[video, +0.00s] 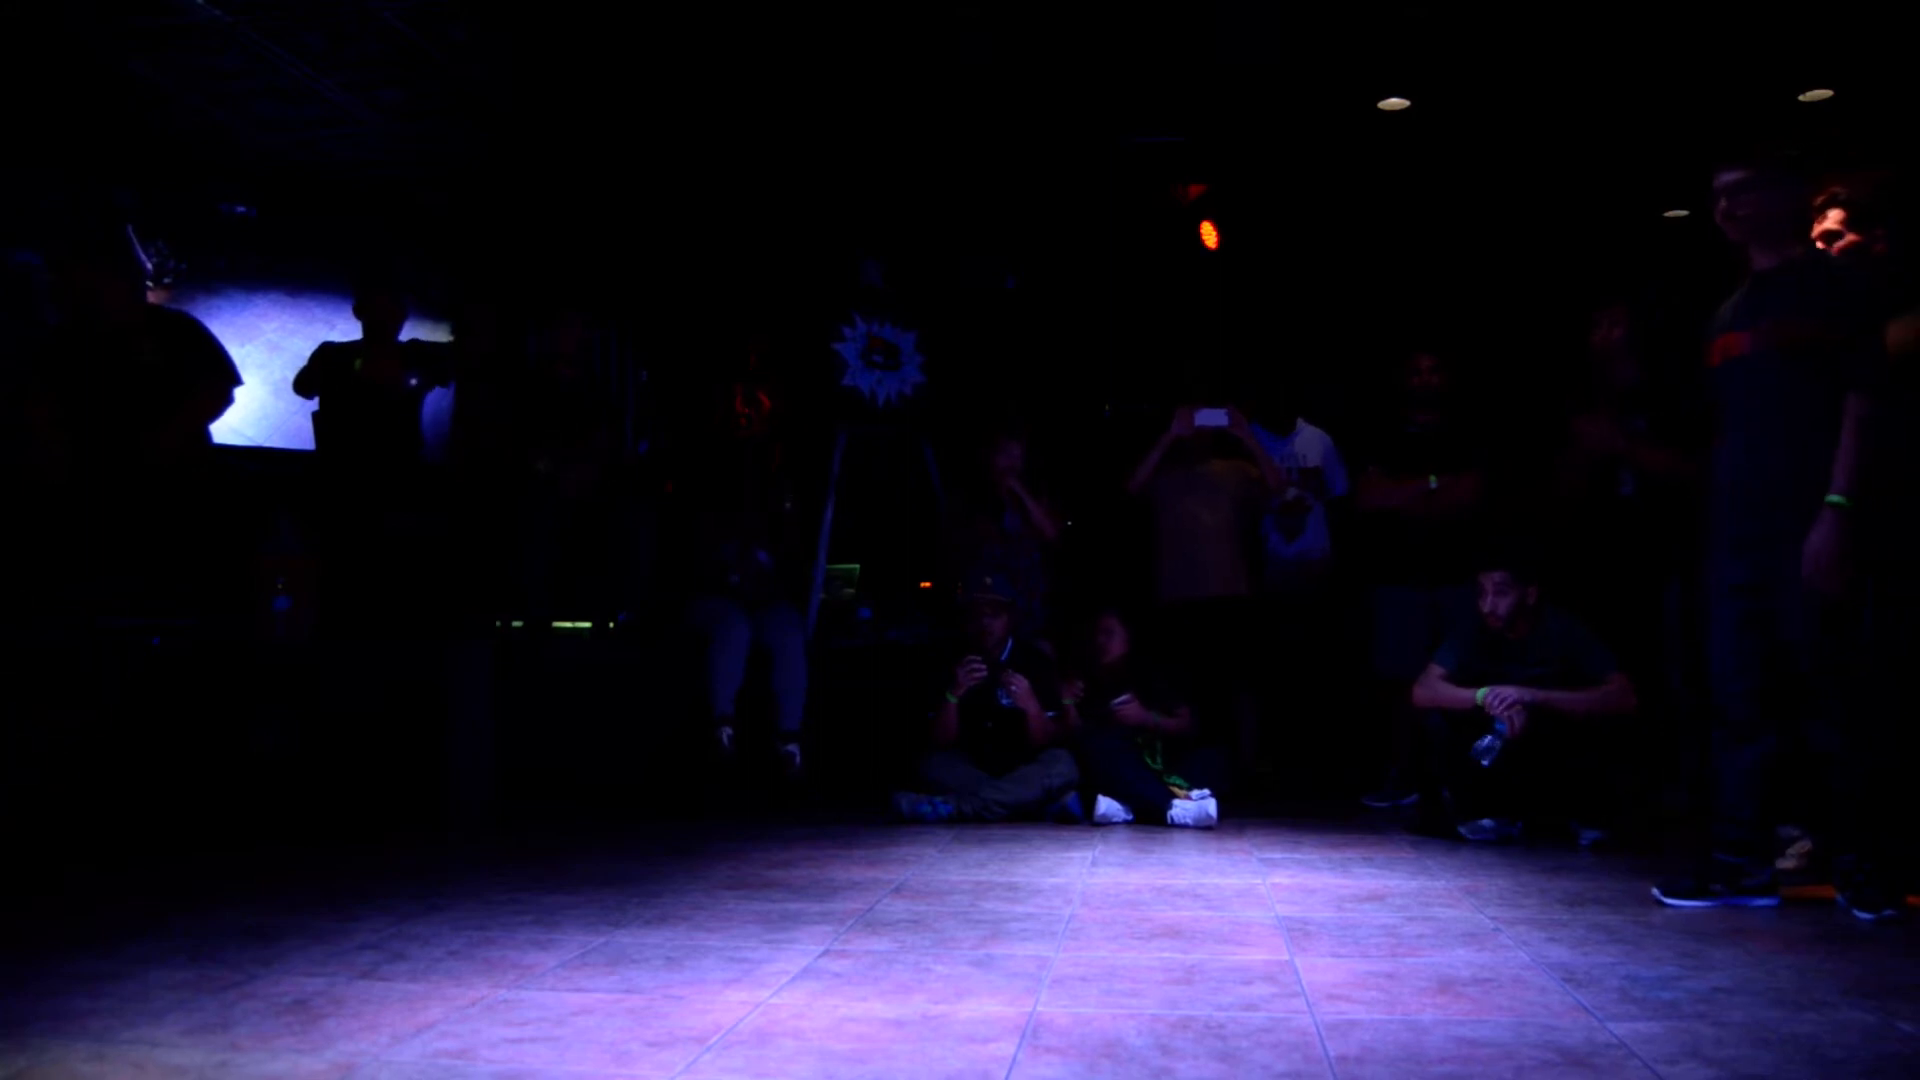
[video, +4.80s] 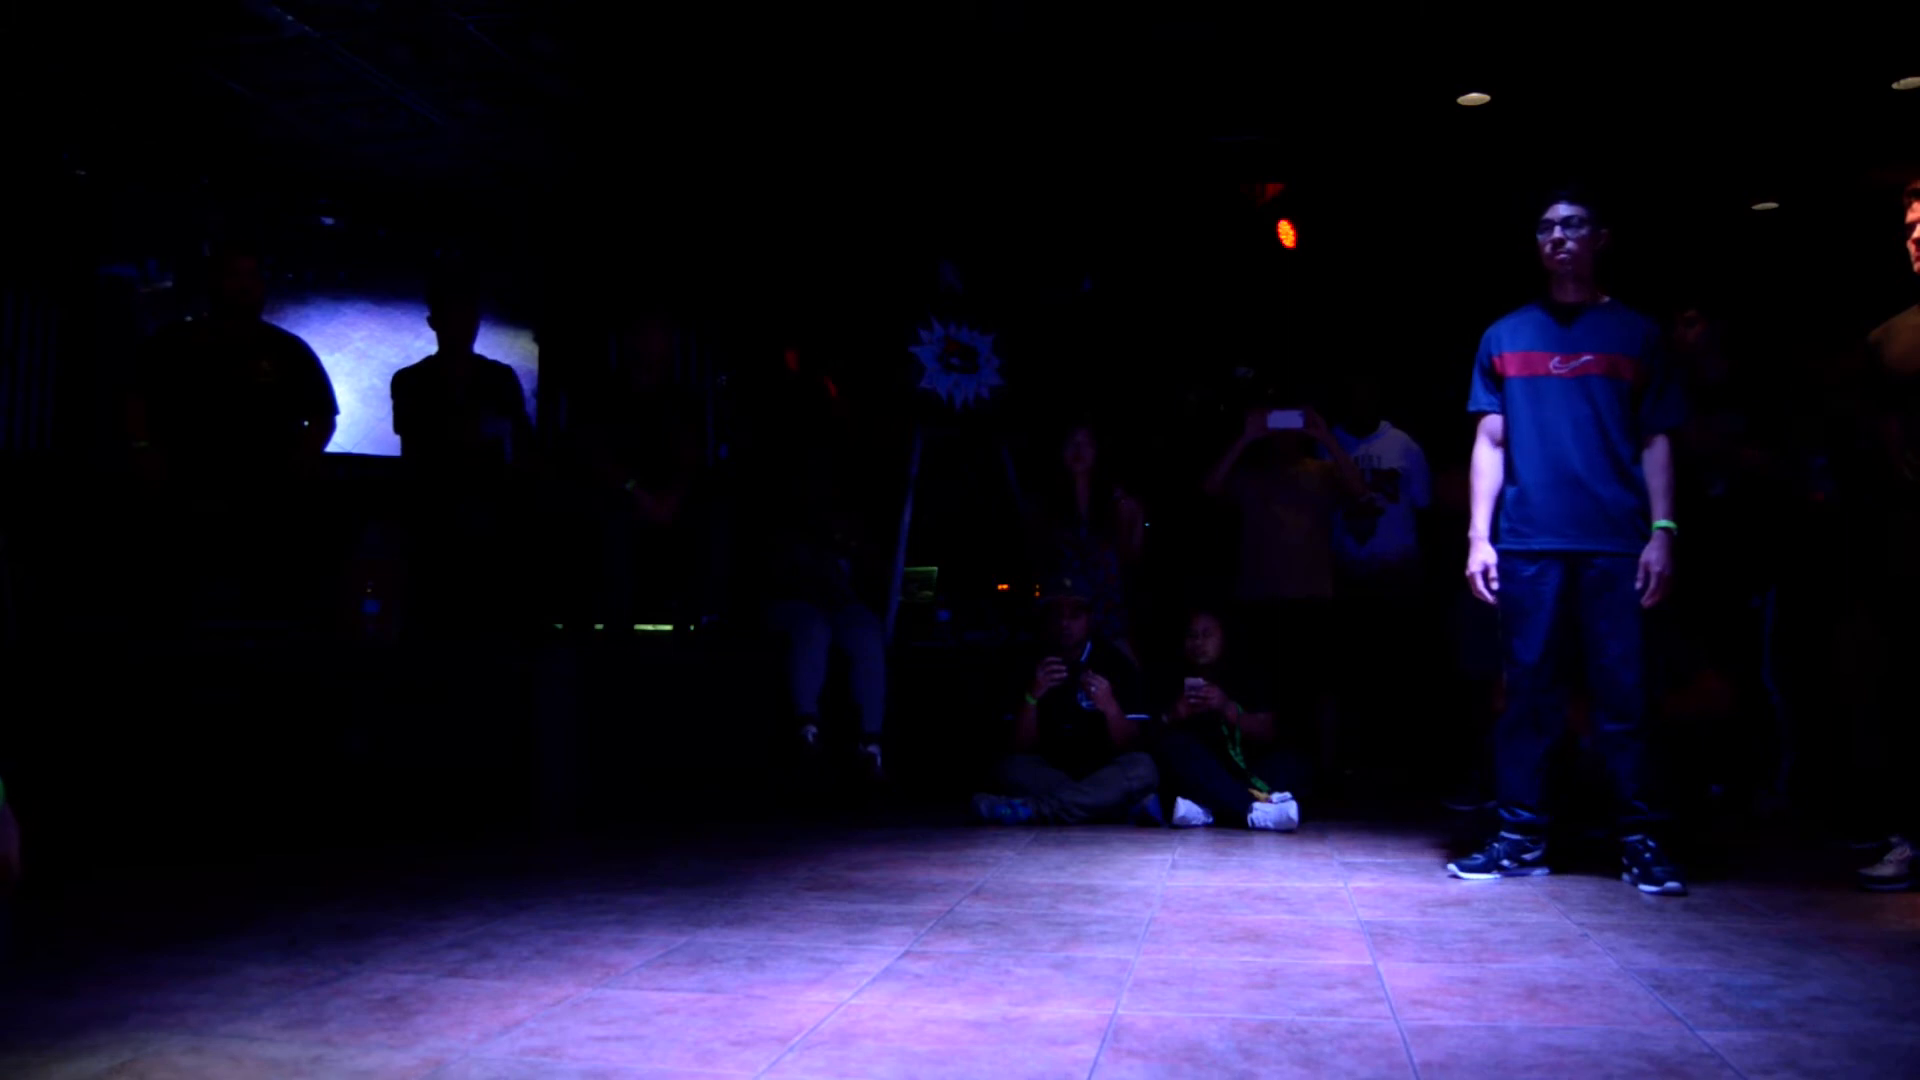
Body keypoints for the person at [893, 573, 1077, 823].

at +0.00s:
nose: (985, 624)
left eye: (994, 616)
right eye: (978, 616)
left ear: (1008, 619)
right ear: (967, 620)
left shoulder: (1030, 660)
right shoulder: (954, 659)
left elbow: (1046, 739)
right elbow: (942, 740)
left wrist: (1029, 704)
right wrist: (954, 694)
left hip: (1020, 755)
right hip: (969, 756)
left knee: (1062, 765)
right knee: (934, 766)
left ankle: (958, 808)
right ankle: (1039, 806)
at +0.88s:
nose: (1003, 628)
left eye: (1012, 619)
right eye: (997, 619)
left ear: (1032, 623)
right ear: (989, 626)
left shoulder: (1055, 665)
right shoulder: (977, 666)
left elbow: (1075, 744)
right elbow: (966, 743)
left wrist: (1055, 710)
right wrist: (980, 700)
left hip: (1047, 762)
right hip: (994, 764)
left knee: (1089, 771)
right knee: (959, 771)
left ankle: (985, 814)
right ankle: (1065, 813)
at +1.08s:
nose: (1037, 625)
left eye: (1045, 616)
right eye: (1031, 617)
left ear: (1062, 621)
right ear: (1022, 624)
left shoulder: (1085, 661)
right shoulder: (1010, 662)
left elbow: (1102, 741)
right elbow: (996, 740)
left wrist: (1083, 706)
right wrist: (1010, 695)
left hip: (1076, 757)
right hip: (1025, 758)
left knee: (1117, 767)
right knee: (991, 769)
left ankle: (1014, 810)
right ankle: (1094, 809)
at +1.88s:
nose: (1072, 625)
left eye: (1079, 615)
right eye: (1064, 616)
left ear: (1091, 620)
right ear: (1051, 621)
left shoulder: (1110, 660)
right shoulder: (1036, 662)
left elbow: (1128, 738)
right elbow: (1024, 742)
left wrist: (1108, 705)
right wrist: (1034, 694)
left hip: (1101, 757)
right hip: (1051, 757)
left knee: (1141, 766)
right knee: (1018, 768)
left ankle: (1037, 809)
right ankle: (1120, 808)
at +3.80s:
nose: (1066, 629)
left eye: (1073, 620)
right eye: (1059, 621)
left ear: (1086, 623)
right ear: (1049, 627)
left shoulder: (1108, 662)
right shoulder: (1035, 664)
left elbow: (1127, 738)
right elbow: (1021, 741)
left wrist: (1107, 705)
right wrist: (1034, 695)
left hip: (1100, 756)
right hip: (1050, 757)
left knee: (1141, 766)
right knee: (1016, 769)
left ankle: (1036, 809)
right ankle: (1119, 808)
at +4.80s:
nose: (1065, 625)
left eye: (1075, 616)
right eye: (1058, 616)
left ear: (1088, 620)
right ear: (1047, 621)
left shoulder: (1110, 660)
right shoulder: (1032, 661)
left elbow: (1131, 741)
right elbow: (1021, 745)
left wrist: (1108, 705)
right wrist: (1033, 696)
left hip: (1101, 760)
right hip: (1049, 760)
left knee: (1142, 768)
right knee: (1013, 769)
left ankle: (1037, 809)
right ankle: (1121, 809)